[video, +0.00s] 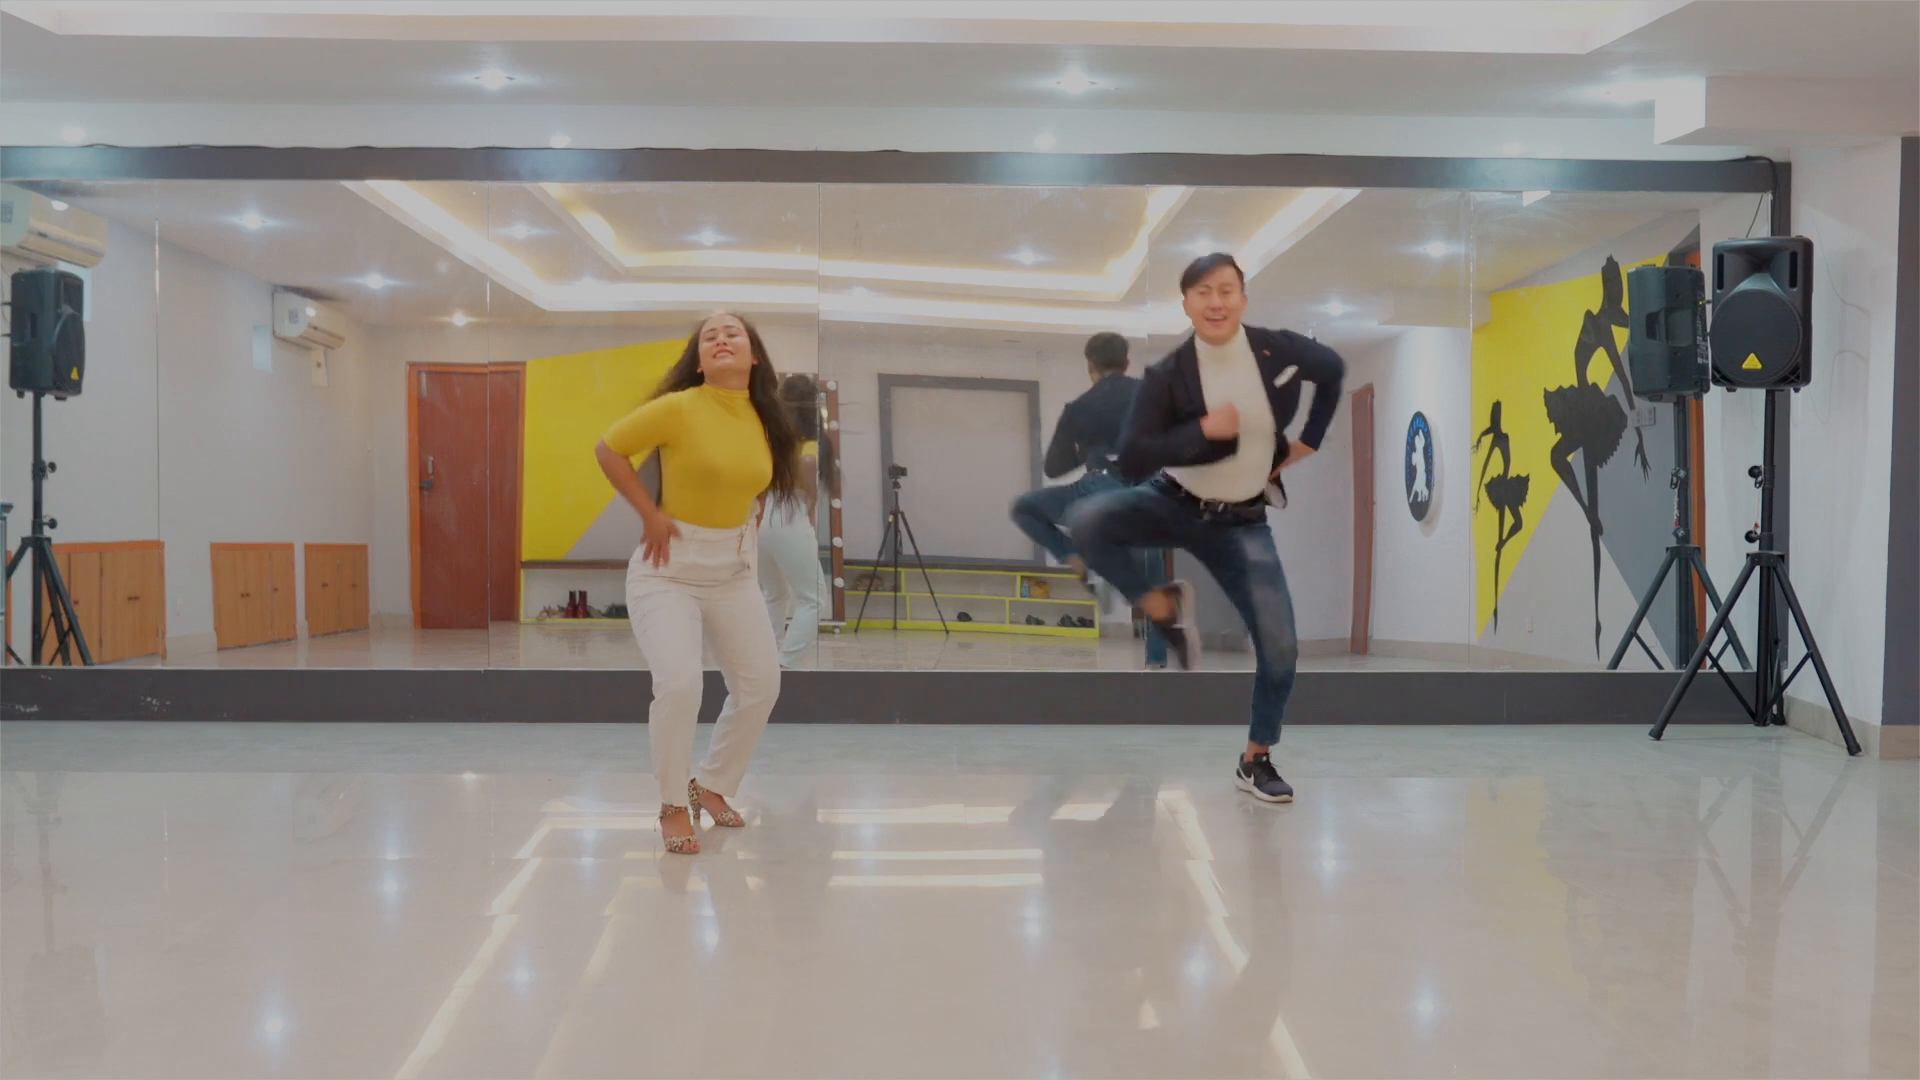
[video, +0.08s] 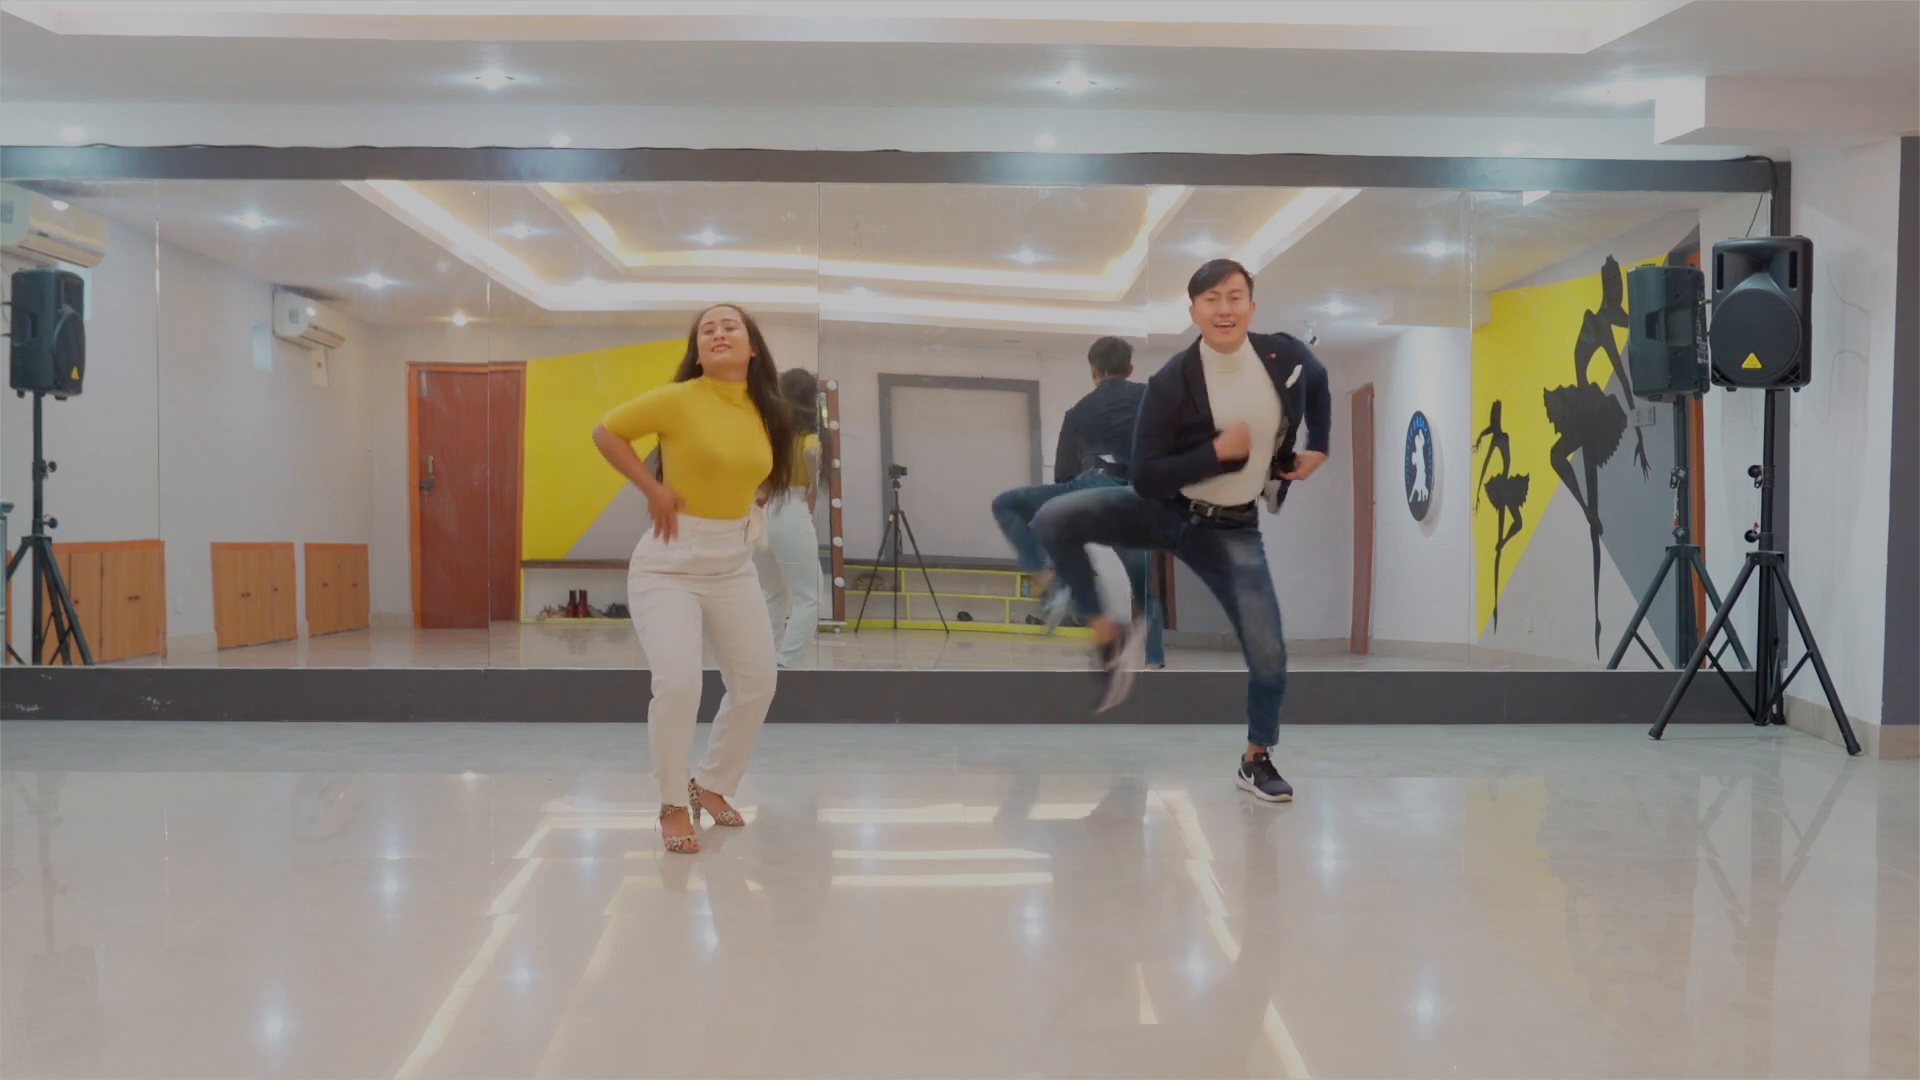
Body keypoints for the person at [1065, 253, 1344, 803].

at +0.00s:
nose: (1215, 302)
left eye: (1226, 291)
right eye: (1204, 292)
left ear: (1244, 299)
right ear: (1186, 302)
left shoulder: (1273, 348)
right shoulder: (1166, 374)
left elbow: (1330, 368)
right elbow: (1134, 458)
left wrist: (1310, 439)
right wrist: (1202, 432)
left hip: (1241, 517)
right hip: (1173, 502)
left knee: (1281, 647)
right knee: (1084, 523)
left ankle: (1257, 758)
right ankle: (1159, 606)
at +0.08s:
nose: (1225, 308)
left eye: (1235, 297)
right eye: (1212, 298)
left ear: (1252, 304)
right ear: (1193, 309)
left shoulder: (1284, 355)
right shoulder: (1171, 381)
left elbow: (1315, 384)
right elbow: (1148, 475)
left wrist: (1319, 448)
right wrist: (1214, 454)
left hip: (1233, 524)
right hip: (1163, 506)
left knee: (1269, 655)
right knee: (1051, 521)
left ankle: (1258, 756)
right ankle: (1106, 630)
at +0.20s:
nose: (1213, 312)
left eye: (1225, 300)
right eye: (1202, 302)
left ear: (1243, 307)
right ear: (1185, 310)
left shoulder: (1271, 361)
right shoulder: (1158, 377)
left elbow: (1327, 402)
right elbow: (1120, 467)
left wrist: (1320, 458)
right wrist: (1184, 486)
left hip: (1219, 531)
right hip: (1147, 514)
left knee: (1256, 655)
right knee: (1045, 568)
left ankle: (1257, 757)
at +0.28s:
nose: (1192, 311)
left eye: (1205, 299)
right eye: (1181, 299)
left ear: (1223, 305)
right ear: (1164, 307)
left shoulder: (1252, 365)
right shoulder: (1140, 374)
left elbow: (1323, 424)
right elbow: (1067, 444)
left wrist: (1279, 469)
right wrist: (1120, 493)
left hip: (1211, 531)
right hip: (1136, 525)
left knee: (1253, 653)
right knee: (1049, 617)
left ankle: (1257, 758)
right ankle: (964, 722)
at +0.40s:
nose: (1146, 312)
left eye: (1159, 301)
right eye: (1136, 301)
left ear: (1177, 308)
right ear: (1122, 307)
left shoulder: (1198, 375)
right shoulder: (1084, 368)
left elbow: (1249, 457)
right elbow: (1007, 418)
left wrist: (1186, 481)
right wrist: (1039, 480)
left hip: (1180, 532)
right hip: (1102, 532)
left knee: (1241, 645)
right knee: (1051, 642)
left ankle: (1257, 759)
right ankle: (994, 767)